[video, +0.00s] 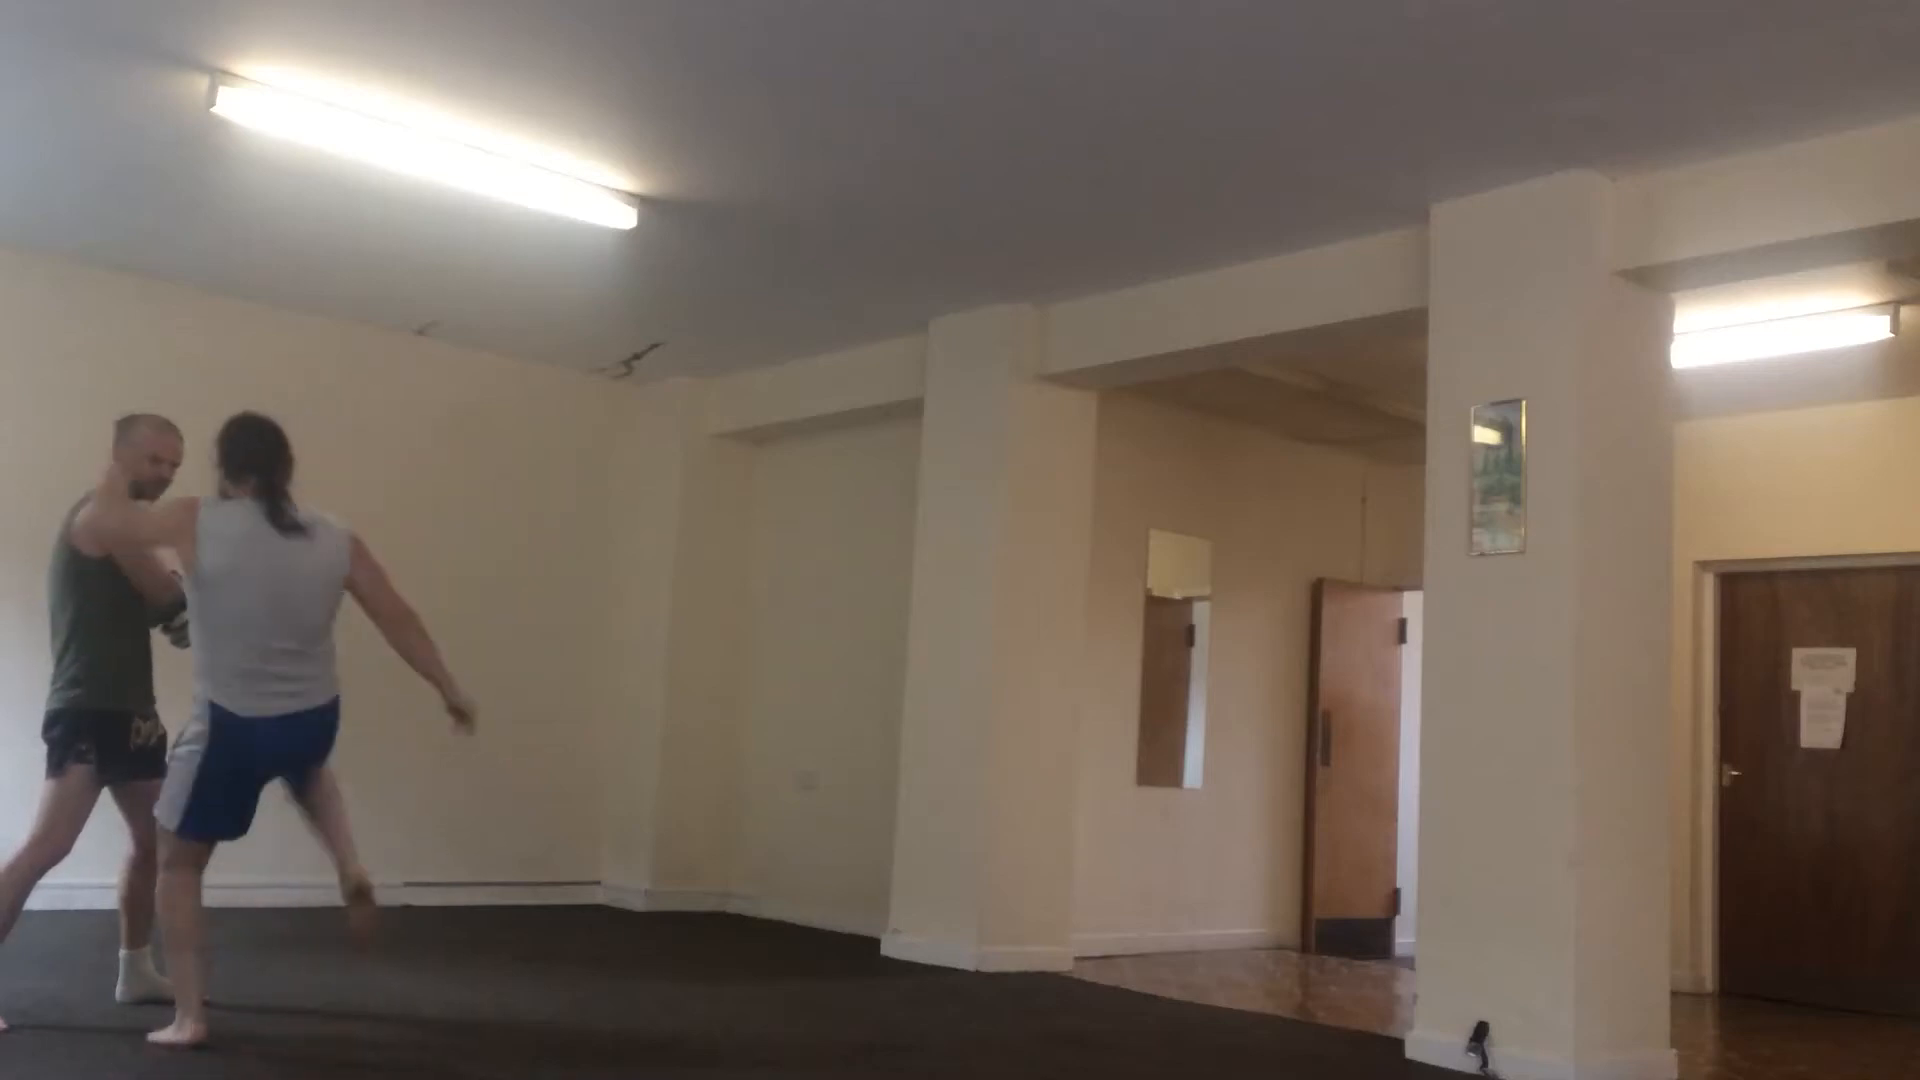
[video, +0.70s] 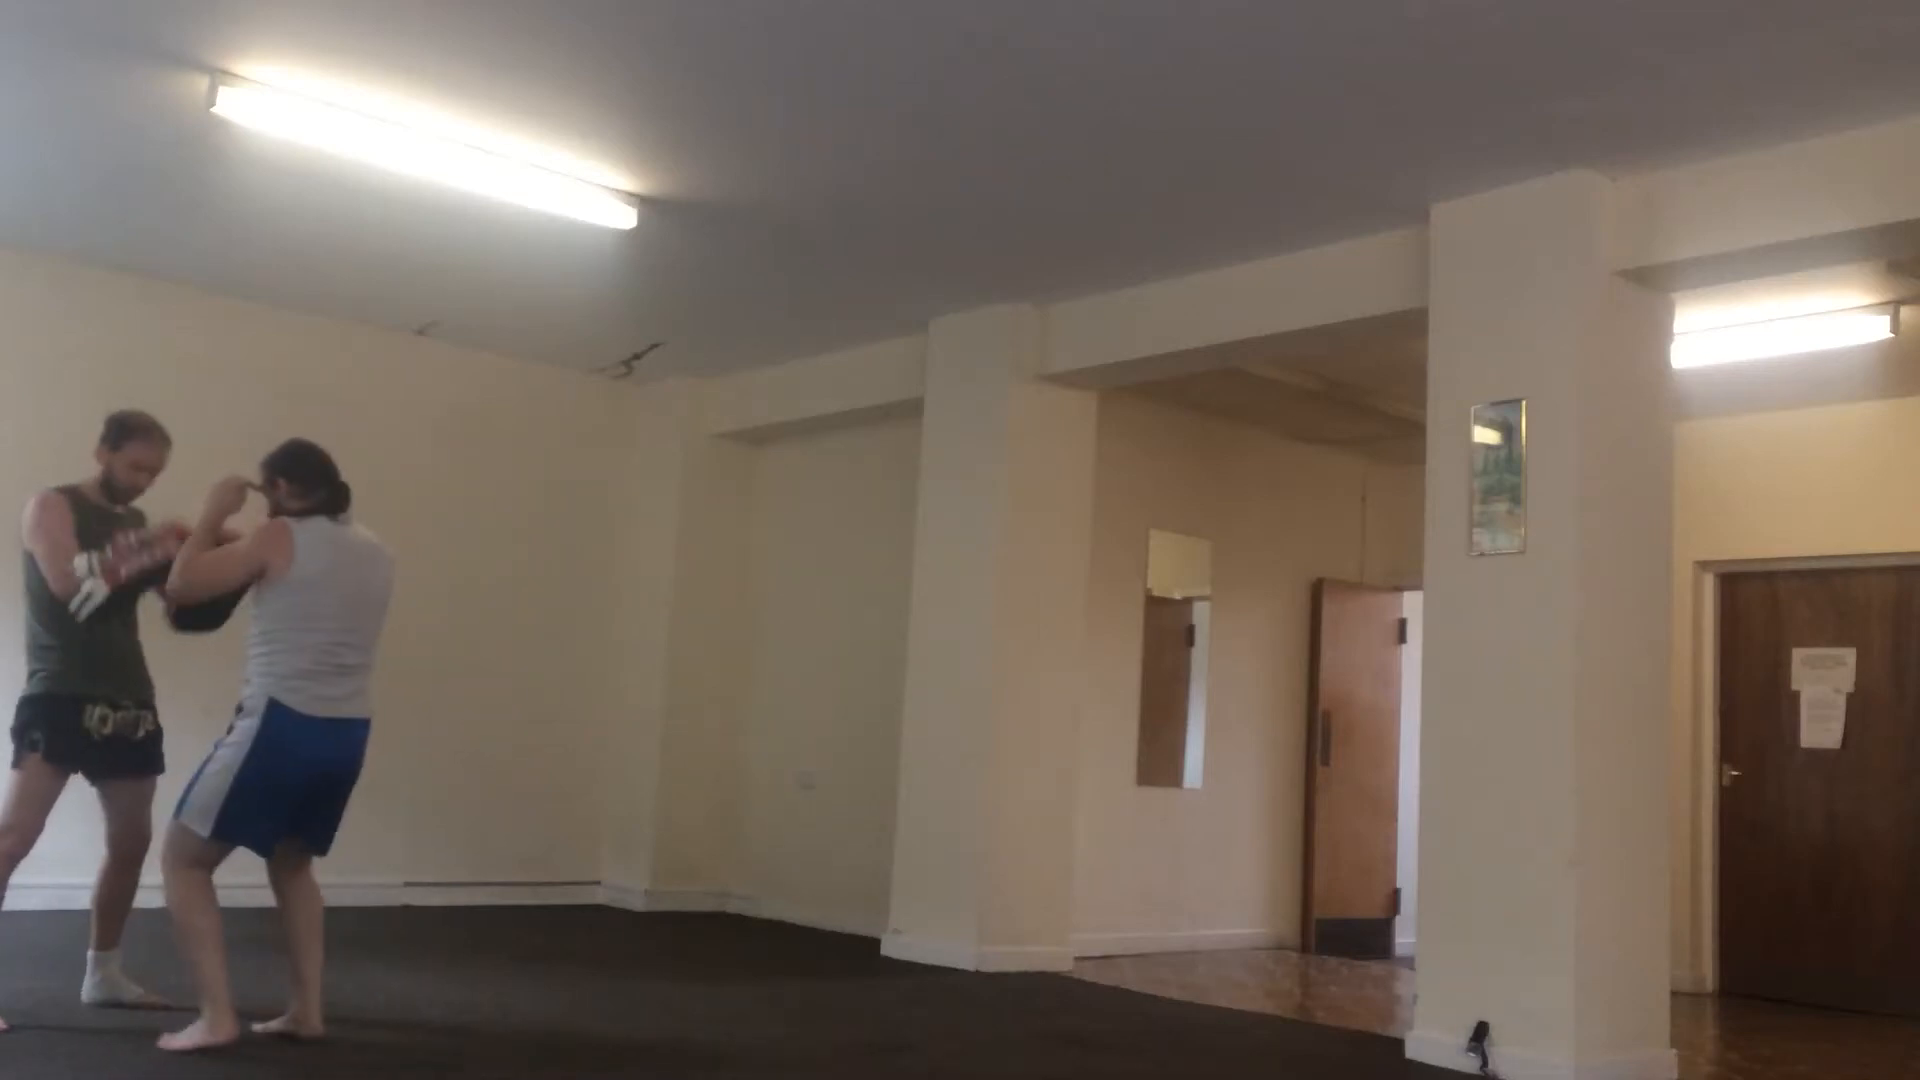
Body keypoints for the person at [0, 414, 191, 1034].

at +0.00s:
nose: (164, 477)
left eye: (172, 468)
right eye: (155, 462)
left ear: (171, 468)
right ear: (120, 455)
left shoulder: (137, 527)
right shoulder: (94, 517)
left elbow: (171, 610)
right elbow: (167, 595)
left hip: (131, 709)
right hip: (86, 708)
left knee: (153, 841)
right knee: (48, 844)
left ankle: (136, 970)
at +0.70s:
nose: (142, 482)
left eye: (152, 474)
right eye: (136, 469)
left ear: (154, 472)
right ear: (103, 453)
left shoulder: (137, 524)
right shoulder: (52, 507)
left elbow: (181, 596)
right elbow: (73, 591)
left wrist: (189, 547)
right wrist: (152, 546)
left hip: (127, 702)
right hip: (59, 697)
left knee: (130, 843)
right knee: (15, 839)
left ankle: (103, 973)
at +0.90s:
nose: (149, 478)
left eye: (162, 471)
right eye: (143, 467)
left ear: (165, 476)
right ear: (117, 462)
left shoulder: (164, 523)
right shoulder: (71, 509)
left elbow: (220, 530)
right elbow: (87, 511)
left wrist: (239, 488)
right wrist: (119, 445)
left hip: (148, 699)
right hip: (75, 694)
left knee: (128, 844)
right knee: (29, 841)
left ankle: (104, 970)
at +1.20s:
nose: (185, 478)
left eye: (196, 469)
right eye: (176, 466)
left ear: (206, 469)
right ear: (152, 457)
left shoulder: (207, 524)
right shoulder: (120, 510)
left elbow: (276, 577)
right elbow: (56, 547)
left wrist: (257, 509)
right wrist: (91, 467)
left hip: (165, 698)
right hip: (95, 687)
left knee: (138, 843)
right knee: (79, 826)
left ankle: (103, 974)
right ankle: (37, 978)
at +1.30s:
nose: (191, 477)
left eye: (203, 469)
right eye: (183, 464)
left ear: (213, 472)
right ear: (156, 457)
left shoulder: (215, 539)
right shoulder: (119, 517)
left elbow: (272, 625)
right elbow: (47, 574)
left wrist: (263, 568)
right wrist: (74, 512)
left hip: (169, 703)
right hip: (100, 691)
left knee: (139, 845)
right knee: (91, 826)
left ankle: (102, 973)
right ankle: (62, 981)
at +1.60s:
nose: (256, 488)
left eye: (266, 479)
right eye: (247, 473)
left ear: (270, 486)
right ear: (214, 468)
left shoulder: (236, 547)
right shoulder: (160, 516)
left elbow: (201, 624)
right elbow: (69, 527)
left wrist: (234, 658)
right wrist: (30, 519)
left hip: (180, 718)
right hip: (119, 709)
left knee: (142, 856)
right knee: (109, 849)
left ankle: (103, 967)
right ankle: (72, 1004)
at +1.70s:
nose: (266, 479)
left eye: (272, 469)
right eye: (257, 465)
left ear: (266, 474)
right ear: (225, 461)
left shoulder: (227, 540)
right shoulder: (186, 509)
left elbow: (193, 615)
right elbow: (150, 498)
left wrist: (226, 650)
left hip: (171, 712)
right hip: (115, 705)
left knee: (155, 849)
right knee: (121, 850)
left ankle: (111, 954)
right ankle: (77, 1013)